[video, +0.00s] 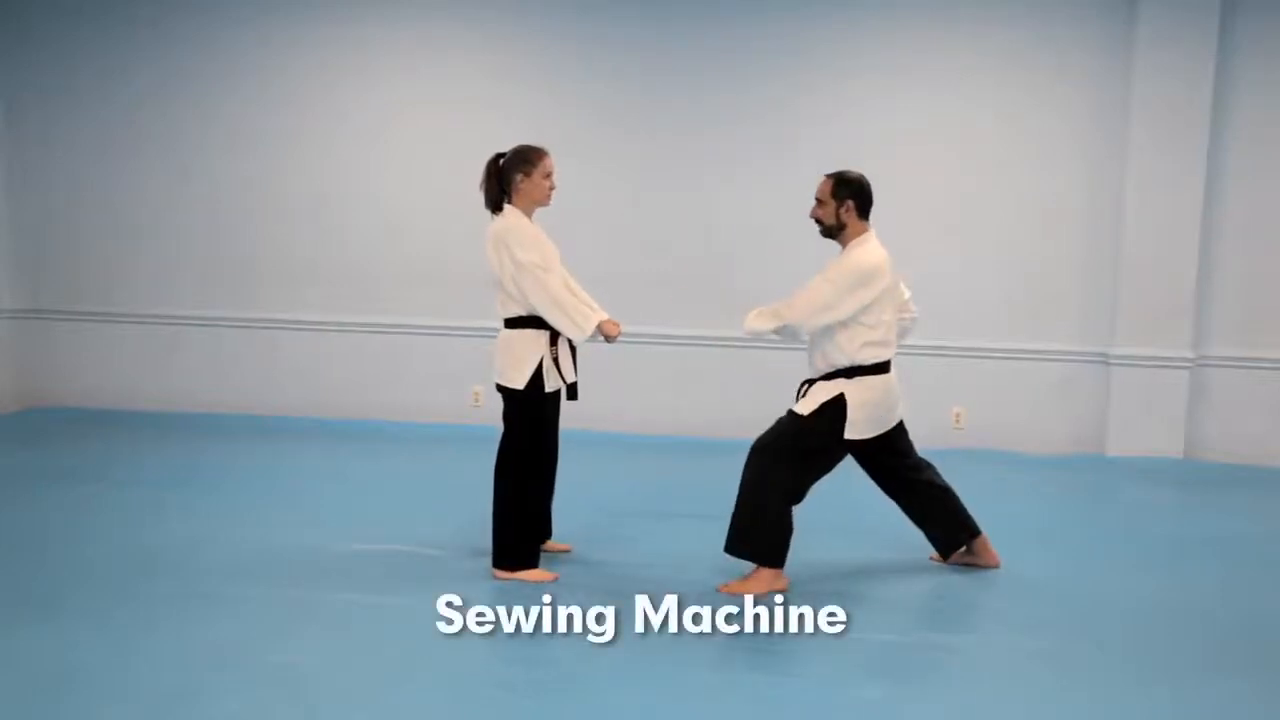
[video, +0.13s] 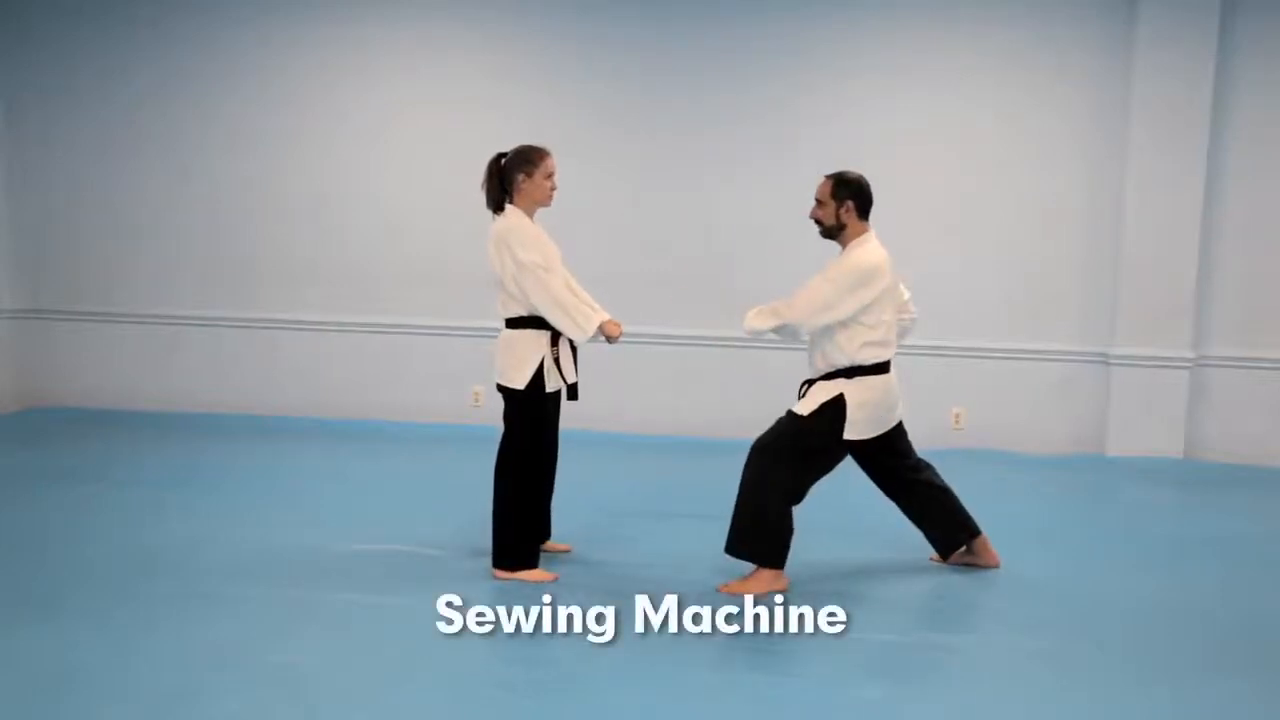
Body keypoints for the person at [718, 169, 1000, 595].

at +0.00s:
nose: (812, 212)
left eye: (819, 203)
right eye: (815, 202)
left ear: (847, 209)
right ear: (850, 210)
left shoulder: (858, 261)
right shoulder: (875, 257)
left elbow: (801, 317)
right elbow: (906, 314)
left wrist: (753, 321)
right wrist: (867, 350)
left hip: (845, 397)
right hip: (874, 392)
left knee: (770, 457)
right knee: (906, 471)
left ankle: (768, 571)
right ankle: (973, 547)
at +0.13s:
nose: (812, 212)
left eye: (819, 204)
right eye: (814, 203)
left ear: (847, 210)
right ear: (850, 210)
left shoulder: (859, 261)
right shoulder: (874, 256)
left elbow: (801, 315)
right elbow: (905, 315)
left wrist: (752, 320)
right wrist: (866, 351)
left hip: (844, 396)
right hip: (874, 391)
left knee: (770, 458)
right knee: (905, 471)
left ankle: (769, 571)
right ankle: (973, 546)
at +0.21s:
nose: (812, 213)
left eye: (819, 204)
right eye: (814, 203)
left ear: (847, 210)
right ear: (849, 211)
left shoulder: (859, 261)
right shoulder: (875, 257)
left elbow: (800, 314)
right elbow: (905, 315)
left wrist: (751, 320)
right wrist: (865, 350)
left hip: (844, 396)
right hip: (874, 391)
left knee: (770, 458)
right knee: (903, 472)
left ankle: (769, 572)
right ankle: (973, 547)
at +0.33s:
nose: (809, 211)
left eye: (815, 202)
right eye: (811, 202)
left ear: (842, 207)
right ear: (846, 208)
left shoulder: (857, 257)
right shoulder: (873, 253)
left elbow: (802, 305)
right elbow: (905, 310)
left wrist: (752, 319)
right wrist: (871, 348)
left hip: (844, 393)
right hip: (873, 389)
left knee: (772, 457)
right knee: (898, 471)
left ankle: (771, 571)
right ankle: (969, 548)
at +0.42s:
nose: (803, 209)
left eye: (809, 201)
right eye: (804, 201)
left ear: (836, 206)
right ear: (841, 206)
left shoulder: (848, 255)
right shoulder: (870, 251)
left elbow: (794, 304)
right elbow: (902, 307)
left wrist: (749, 319)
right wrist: (867, 344)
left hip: (841, 392)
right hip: (871, 388)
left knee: (770, 456)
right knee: (901, 470)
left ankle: (776, 569)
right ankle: (969, 547)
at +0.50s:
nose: (791, 210)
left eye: (798, 201)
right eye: (793, 200)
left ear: (825, 206)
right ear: (831, 206)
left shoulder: (838, 254)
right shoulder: (865, 251)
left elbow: (780, 301)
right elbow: (894, 307)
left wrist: (739, 319)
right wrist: (858, 345)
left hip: (830, 393)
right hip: (864, 388)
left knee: (760, 464)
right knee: (897, 468)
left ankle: (784, 576)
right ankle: (968, 543)